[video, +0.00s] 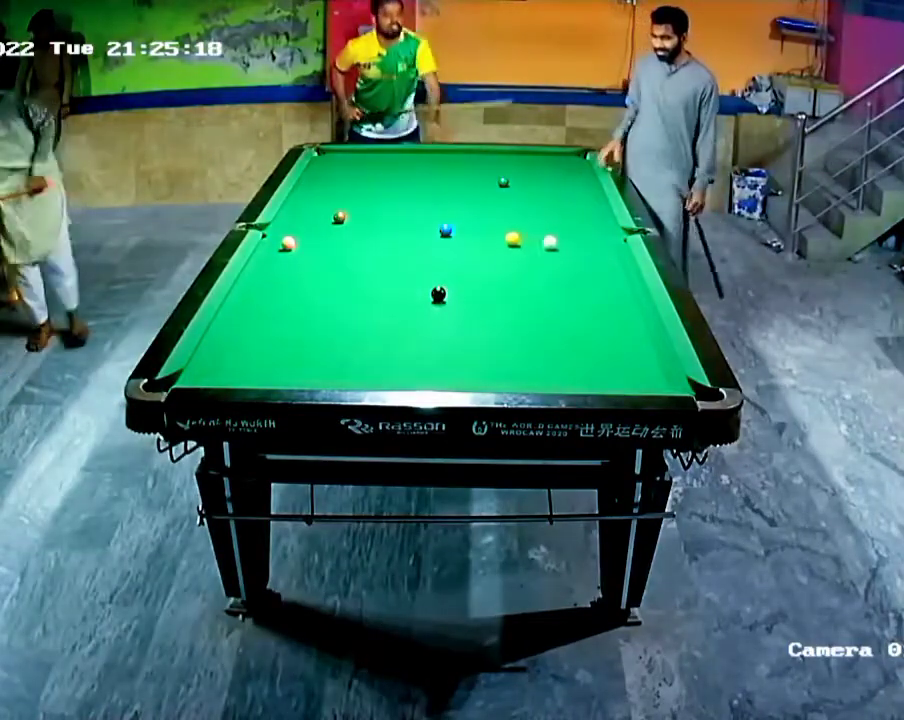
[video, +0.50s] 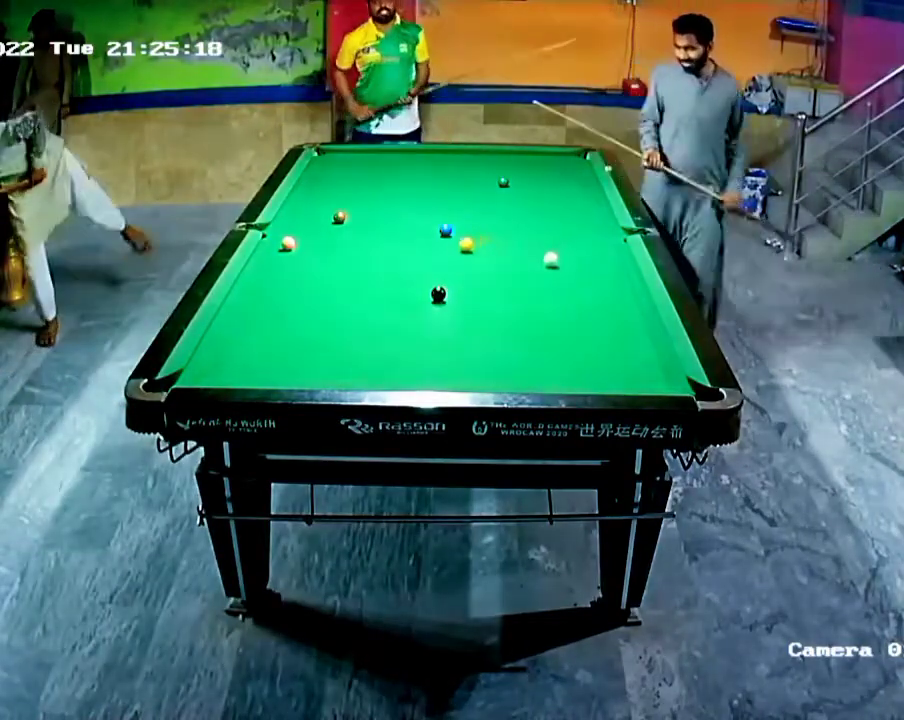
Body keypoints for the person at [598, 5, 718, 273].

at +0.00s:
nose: (658, 44)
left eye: (666, 38)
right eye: (654, 37)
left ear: (683, 38)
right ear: (649, 35)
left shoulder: (703, 80)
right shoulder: (643, 66)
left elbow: (706, 137)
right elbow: (632, 108)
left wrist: (700, 185)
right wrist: (617, 138)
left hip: (672, 180)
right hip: (635, 173)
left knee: (670, 252)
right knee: (634, 246)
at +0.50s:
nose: (683, 55)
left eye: (690, 48)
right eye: (678, 47)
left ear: (708, 46)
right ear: (673, 46)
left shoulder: (728, 85)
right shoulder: (662, 76)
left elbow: (738, 140)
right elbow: (648, 120)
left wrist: (734, 185)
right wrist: (651, 146)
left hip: (706, 195)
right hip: (661, 189)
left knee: (703, 279)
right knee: (650, 271)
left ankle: (697, 347)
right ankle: (644, 343)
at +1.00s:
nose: (707, 74)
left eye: (715, 66)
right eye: (705, 65)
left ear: (738, 66)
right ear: (702, 64)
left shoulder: (771, 108)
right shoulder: (695, 102)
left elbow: (789, 163)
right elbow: (680, 148)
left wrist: (765, 192)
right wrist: (663, 166)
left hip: (747, 222)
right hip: (700, 217)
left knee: (728, 305)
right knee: (710, 309)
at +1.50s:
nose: (762, 99)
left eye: (769, 90)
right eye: (759, 90)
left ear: (796, 87)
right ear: (759, 88)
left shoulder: (840, 137)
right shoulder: (752, 128)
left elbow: (868, 201)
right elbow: (734, 186)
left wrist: (838, 235)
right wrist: (730, 208)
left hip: (809, 271)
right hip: (753, 265)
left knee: (805, 380)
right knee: (729, 357)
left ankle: (794, 476)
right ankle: (712, 442)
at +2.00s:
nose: (770, 126)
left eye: (778, 116)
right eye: (768, 116)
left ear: (809, 113)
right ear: (780, 114)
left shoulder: (865, 167)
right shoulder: (783, 158)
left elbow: (897, 242)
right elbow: (777, 211)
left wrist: (845, 269)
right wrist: (740, 244)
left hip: (844, 322)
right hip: (791, 313)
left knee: (834, 422)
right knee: (778, 415)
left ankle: (804, 476)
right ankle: (782, 504)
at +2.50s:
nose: (812, 151)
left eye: (819, 140)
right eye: (811, 140)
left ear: (850, 140)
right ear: (824, 143)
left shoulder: (897, 197)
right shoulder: (833, 191)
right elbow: (790, 235)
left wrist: (887, 305)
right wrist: (725, 270)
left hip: (899, 345)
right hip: (857, 328)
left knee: (872, 465)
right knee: (824, 428)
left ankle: (855, 567)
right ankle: (818, 516)